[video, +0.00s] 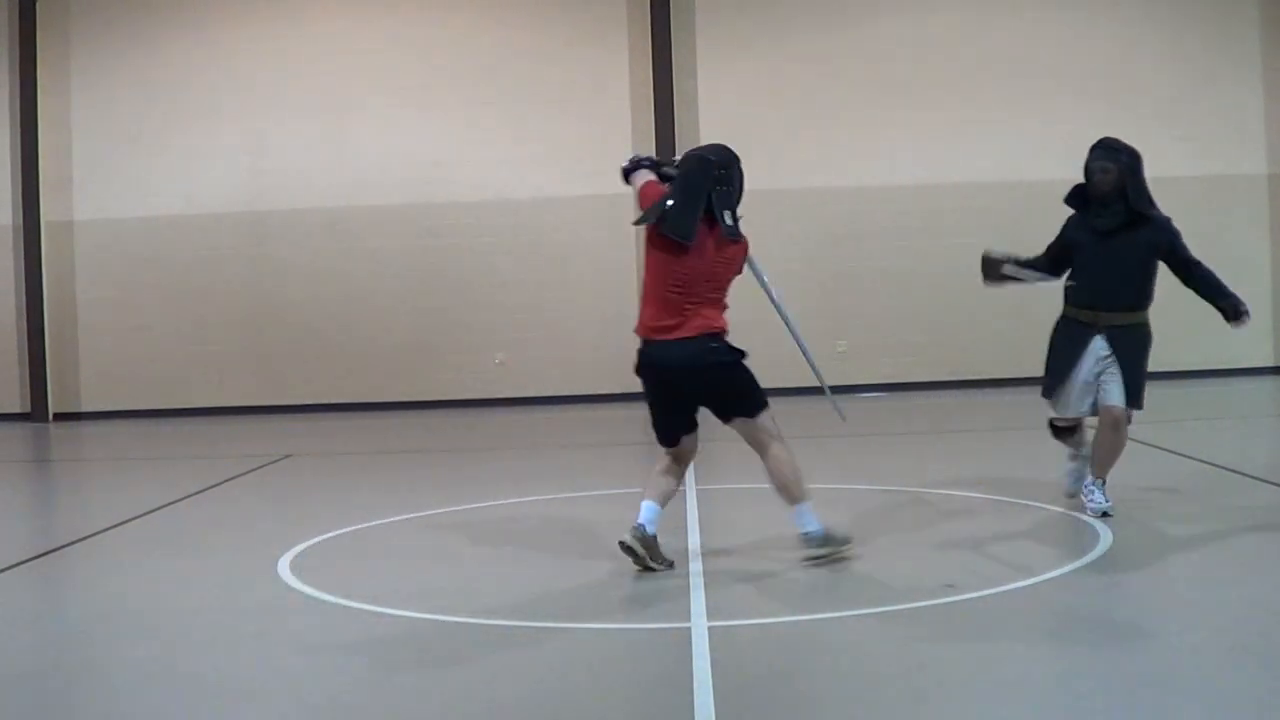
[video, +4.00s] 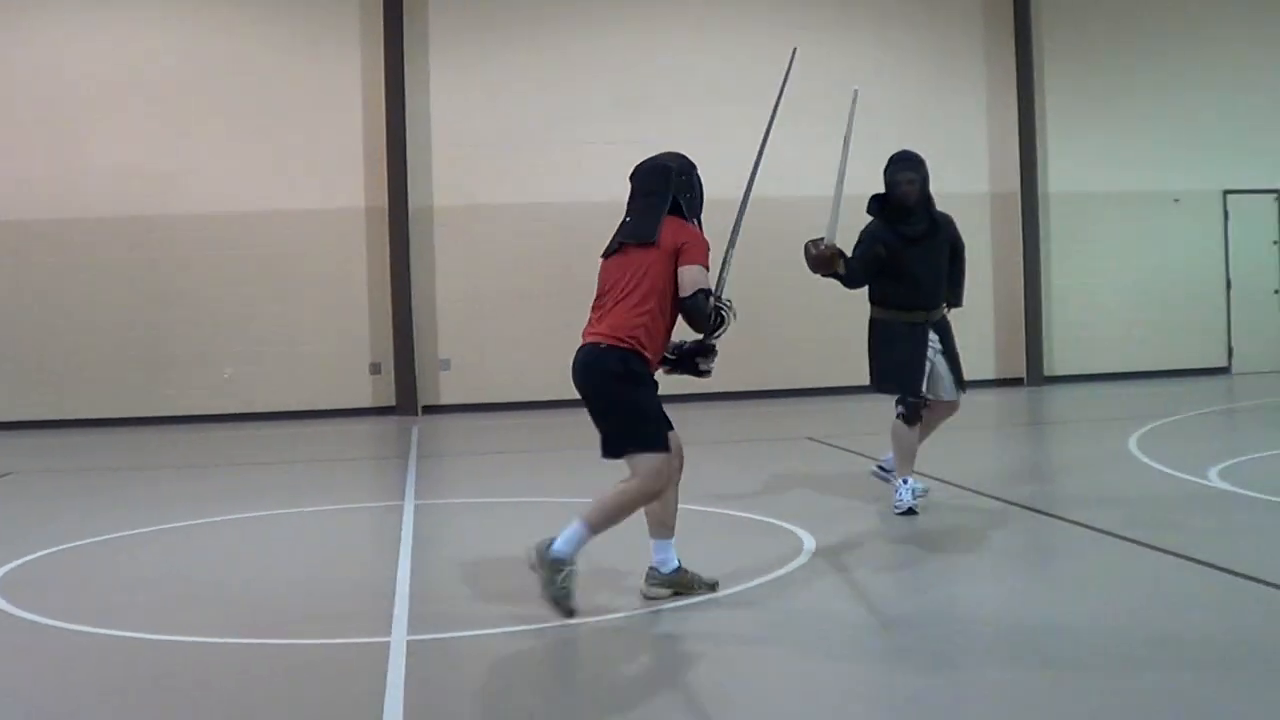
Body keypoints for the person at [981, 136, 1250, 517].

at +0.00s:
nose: (1097, 178)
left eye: (1105, 171)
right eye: (1093, 170)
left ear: (1126, 175)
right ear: (1086, 173)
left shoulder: (1152, 226)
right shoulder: (1080, 223)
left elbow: (1188, 269)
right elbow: (1049, 266)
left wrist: (1227, 302)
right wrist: (1006, 268)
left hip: (1126, 331)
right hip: (1076, 328)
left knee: (1116, 414)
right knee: (1063, 421)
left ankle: (1096, 482)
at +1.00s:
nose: (1183, 197)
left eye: (1190, 190)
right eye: (1178, 190)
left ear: (1206, 191)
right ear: (1171, 194)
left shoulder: (1235, 230)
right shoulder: (1169, 241)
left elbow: (1266, 266)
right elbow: (1160, 286)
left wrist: (1279, 263)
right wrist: (1165, 311)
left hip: (1230, 323)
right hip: (1183, 325)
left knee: (1245, 394)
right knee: (1163, 391)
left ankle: (1246, 452)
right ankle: (1145, 464)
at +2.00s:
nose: (1111, 209)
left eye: (1118, 202)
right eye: (1106, 203)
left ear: (1135, 204)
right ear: (1101, 208)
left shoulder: (1167, 240)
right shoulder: (1102, 254)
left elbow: (1208, 265)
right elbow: (1075, 300)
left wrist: (1228, 250)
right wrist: (1036, 288)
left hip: (1165, 334)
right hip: (1118, 334)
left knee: (1188, 412)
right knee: (1093, 392)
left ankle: (1171, 457)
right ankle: (1093, 461)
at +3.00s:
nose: (1065, 190)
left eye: (1072, 183)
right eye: (1059, 184)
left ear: (1090, 184)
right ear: (1054, 190)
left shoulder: (1121, 222)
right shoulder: (1053, 236)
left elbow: (1156, 251)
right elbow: (1027, 279)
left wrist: (1165, 286)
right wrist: (989, 266)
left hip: (1120, 322)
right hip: (1074, 324)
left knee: (1131, 396)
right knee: (1061, 396)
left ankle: (1104, 463)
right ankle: (1040, 472)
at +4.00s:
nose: (906, 191)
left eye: (912, 183)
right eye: (899, 184)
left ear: (925, 184)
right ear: (888, 187)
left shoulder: (942, 225)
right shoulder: (878, 232)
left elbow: (956, 260)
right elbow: (857, 277)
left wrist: (950, 298)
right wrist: (836, 264)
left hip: (933, 323)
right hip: (896, 326)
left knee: (947, 401)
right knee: (910, 403)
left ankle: (894, 460)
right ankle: (904, 481)